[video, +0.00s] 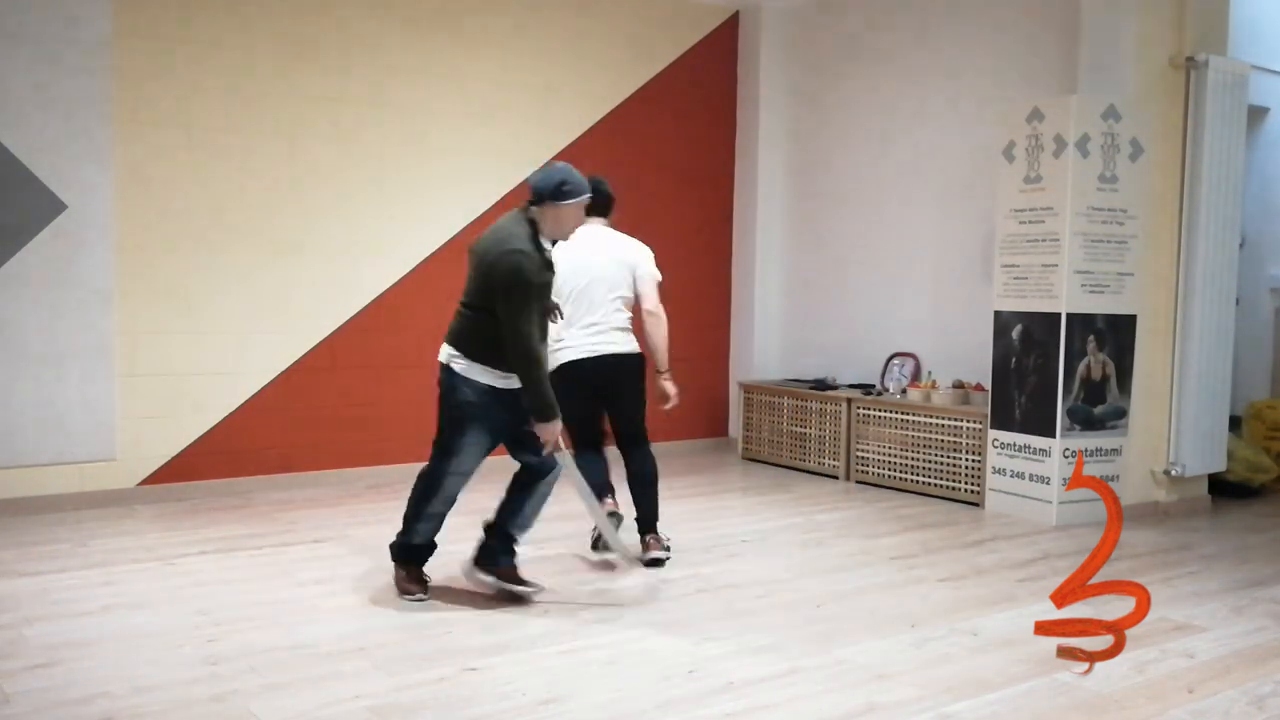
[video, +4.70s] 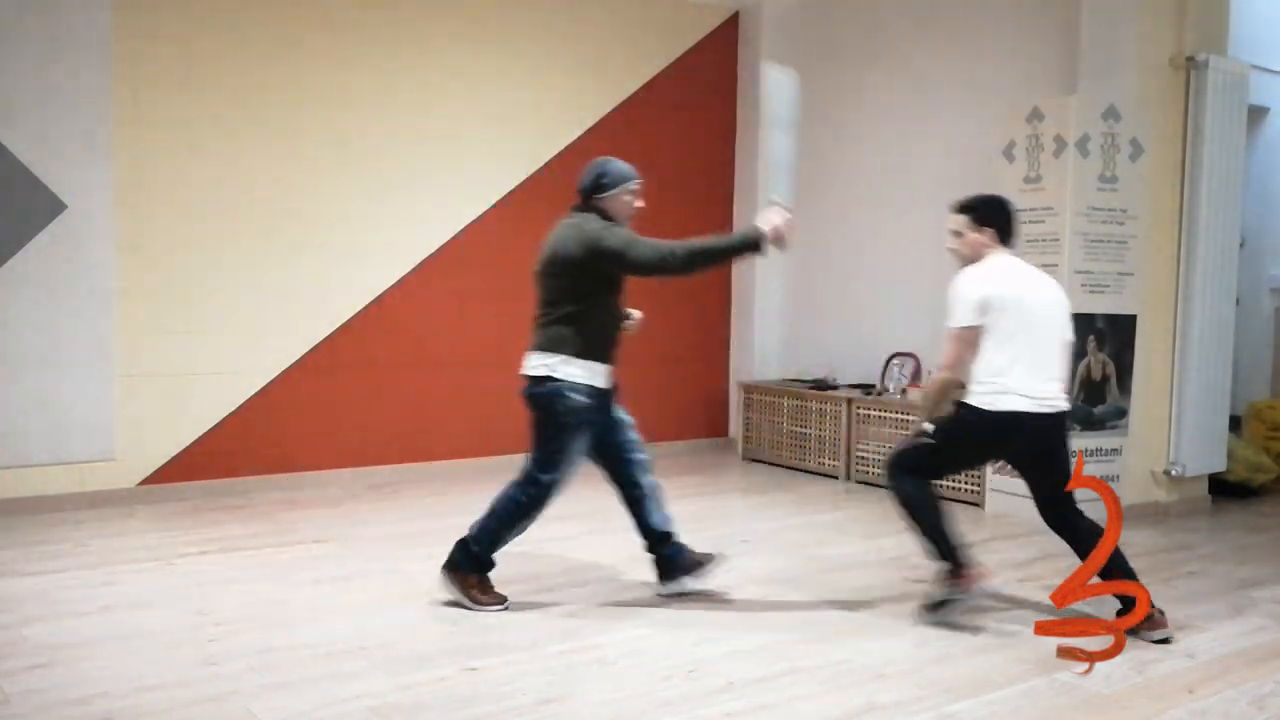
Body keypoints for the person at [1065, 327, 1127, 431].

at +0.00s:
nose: (1087, 345)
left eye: (1091, 342)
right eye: (1088, 342)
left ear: (1099, 344)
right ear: (1088, 345)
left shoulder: (1108, 364)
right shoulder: (1083, 365)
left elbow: (1113, 388)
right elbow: (1076, 390)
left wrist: (1115, 406)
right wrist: (1070, 408)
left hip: (1102, 405)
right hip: (1086, 405)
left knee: (1121, 411)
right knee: (1071, 410)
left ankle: (1086, 425)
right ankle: (1101, 425)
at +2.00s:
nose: (1088, 345)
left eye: (1091, 342)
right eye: (1088, 342)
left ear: (1098, 344)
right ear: (1087, 344)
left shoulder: (1108, 364)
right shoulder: (1084, 364)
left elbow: (1114, 392)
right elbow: (1076, 391)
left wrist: (1107, 407)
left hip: (1102, 406)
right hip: (1086, 406)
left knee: (1121, 411)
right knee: (1071, 410)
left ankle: (1086, 425)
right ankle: (1099, 425)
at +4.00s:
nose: (1088, 345)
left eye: (1091, 342)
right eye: (1088, 342)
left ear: (1098, 344)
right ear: (1087, 344)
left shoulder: (1108, 364)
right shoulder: (1084, 365)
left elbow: (1114, 391)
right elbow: (1076, 390)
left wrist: (1108, 407)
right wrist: (1070, 409)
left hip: (1103, 406)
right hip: (1086, 406)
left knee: (1121, 411)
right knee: (1071, 410)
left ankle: (1085, 425)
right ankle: (1100, 425)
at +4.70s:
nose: (1088, 345)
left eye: (1091, 341)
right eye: (1088, 342)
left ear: (1098, 344)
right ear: (1087, 345)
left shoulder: (1108, 364)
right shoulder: (1084, 364)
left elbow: (1113, 388)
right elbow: (1077, 386)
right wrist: (1071, 402)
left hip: (1102, 405)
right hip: (1085, 405)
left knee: (1121, 411)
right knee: (1071, 409)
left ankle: (1087, 423)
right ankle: (1098, 423)